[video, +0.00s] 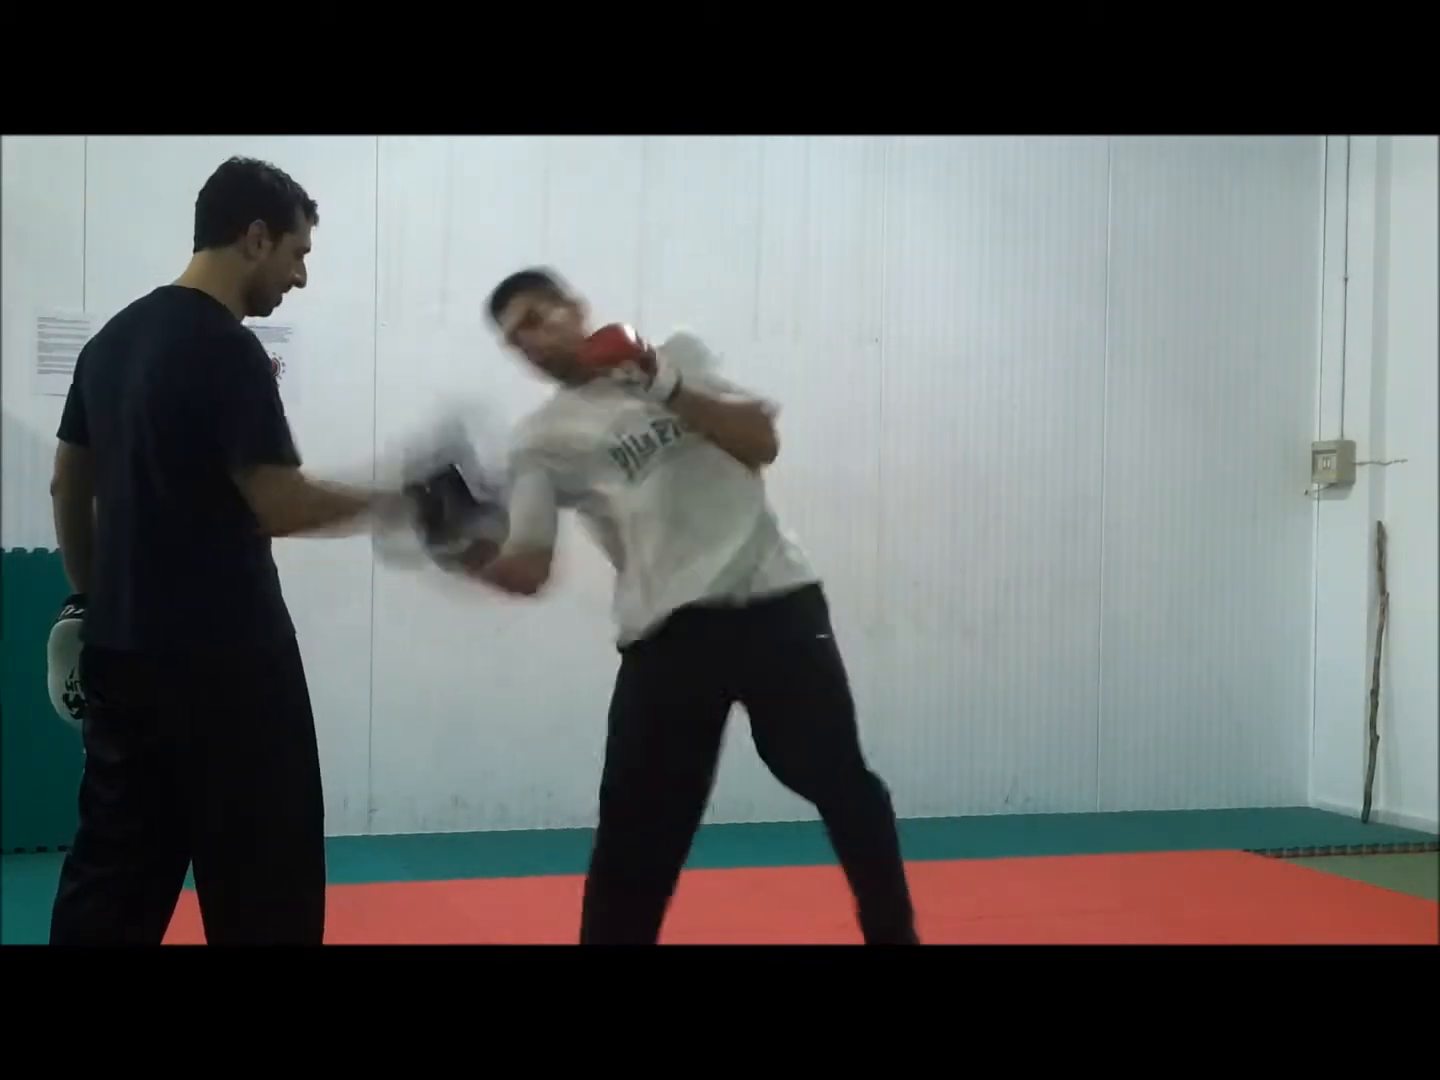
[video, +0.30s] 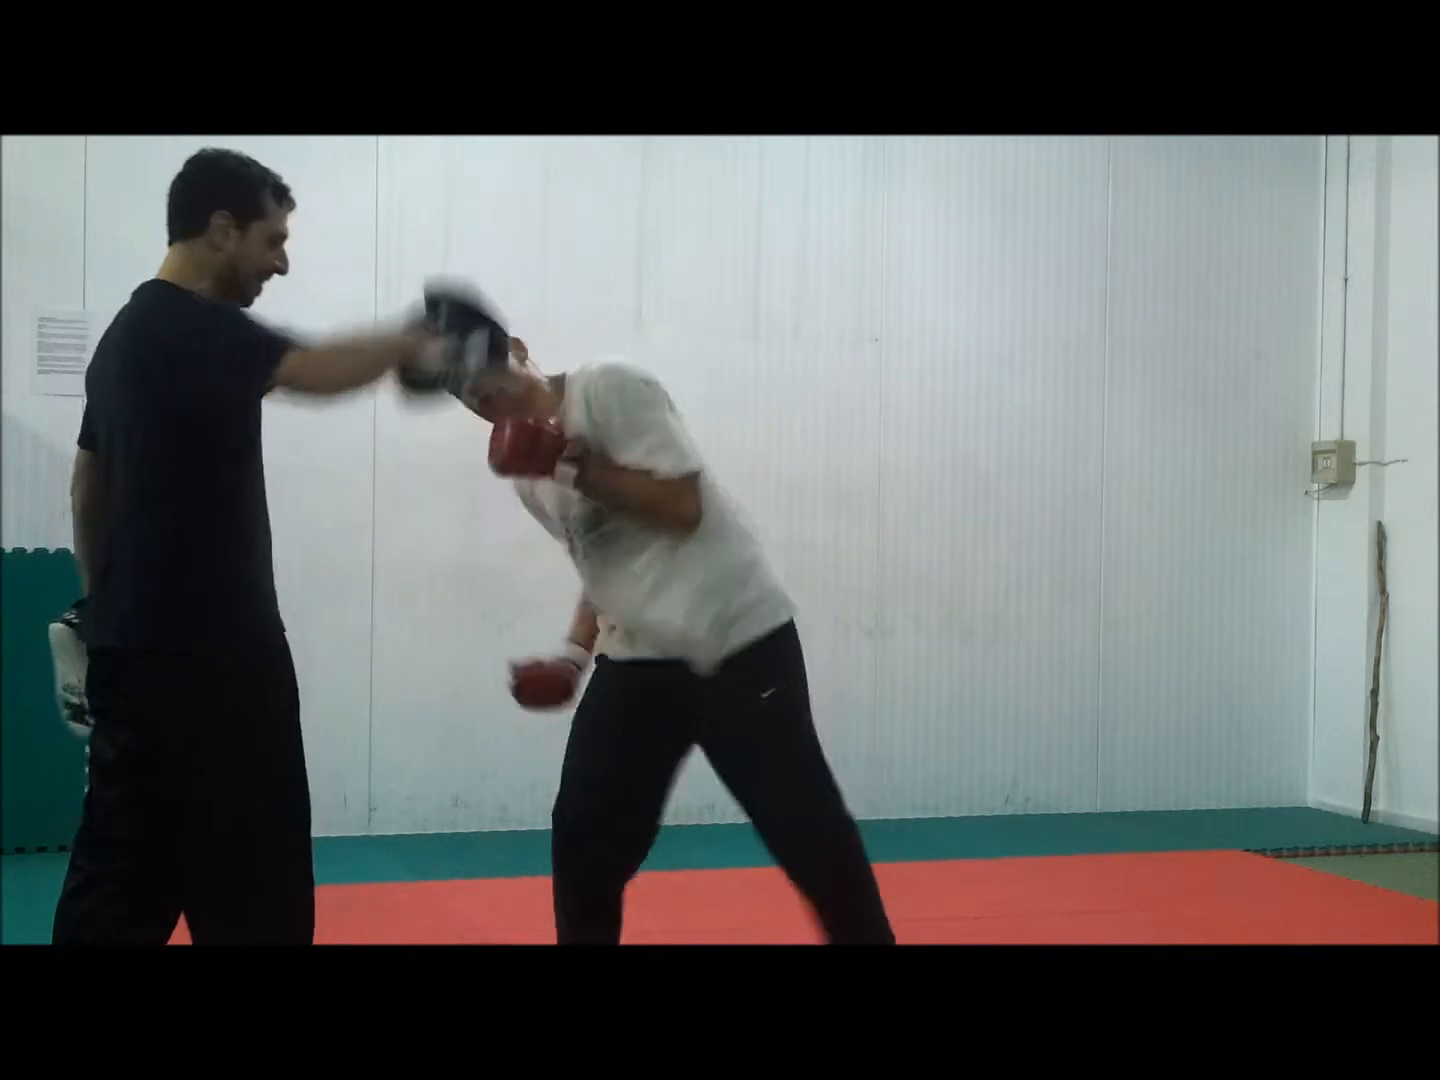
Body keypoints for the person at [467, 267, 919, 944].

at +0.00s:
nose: (536, 335)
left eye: (539, 315)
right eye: (519, 335)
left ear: (575, 305)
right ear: (520, 356)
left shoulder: (675, 361)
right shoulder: (544, 438)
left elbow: (761, 442)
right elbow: (528, 571)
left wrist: (663, 388)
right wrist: (464, 539)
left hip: (777, 606)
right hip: (669, 632)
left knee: (842, 784)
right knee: (635, 840)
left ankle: (893, 935)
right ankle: (613, 941)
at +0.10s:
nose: (503, 357)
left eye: (504, 336)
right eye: (489, 357)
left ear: (543, 321)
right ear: (493, 374)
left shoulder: (652, 357)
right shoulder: (533, 444)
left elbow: (741, 445)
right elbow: (544, 572)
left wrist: (637, 396)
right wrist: (510, 493)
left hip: (759, 598)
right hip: (656, 630)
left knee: (829, 787)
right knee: (618, 829)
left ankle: (892, 936)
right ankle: (611, 946)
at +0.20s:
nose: (484, 365)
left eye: (485, 347)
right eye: (469, 368)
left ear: (523, 338)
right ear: (474, 393)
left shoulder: (623, 372)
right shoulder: (526, 473)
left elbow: (701, 479)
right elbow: (590, 590)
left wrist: (583, 430)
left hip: (746, 625)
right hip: (644, 644)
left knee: (823, 819)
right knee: (588, 838)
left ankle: (878, 937)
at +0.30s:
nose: (495, 410)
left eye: (498, 387)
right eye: (479, 404)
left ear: (520, 352)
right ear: (474, 410)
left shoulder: (611, 389)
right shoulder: (528, 470)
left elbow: (682, 507)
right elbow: (604, 563)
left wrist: (567, 458)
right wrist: (572, 656)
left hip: (740, 641)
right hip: (639, 659)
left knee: (813, 841)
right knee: (584, 844)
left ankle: (868, 939)